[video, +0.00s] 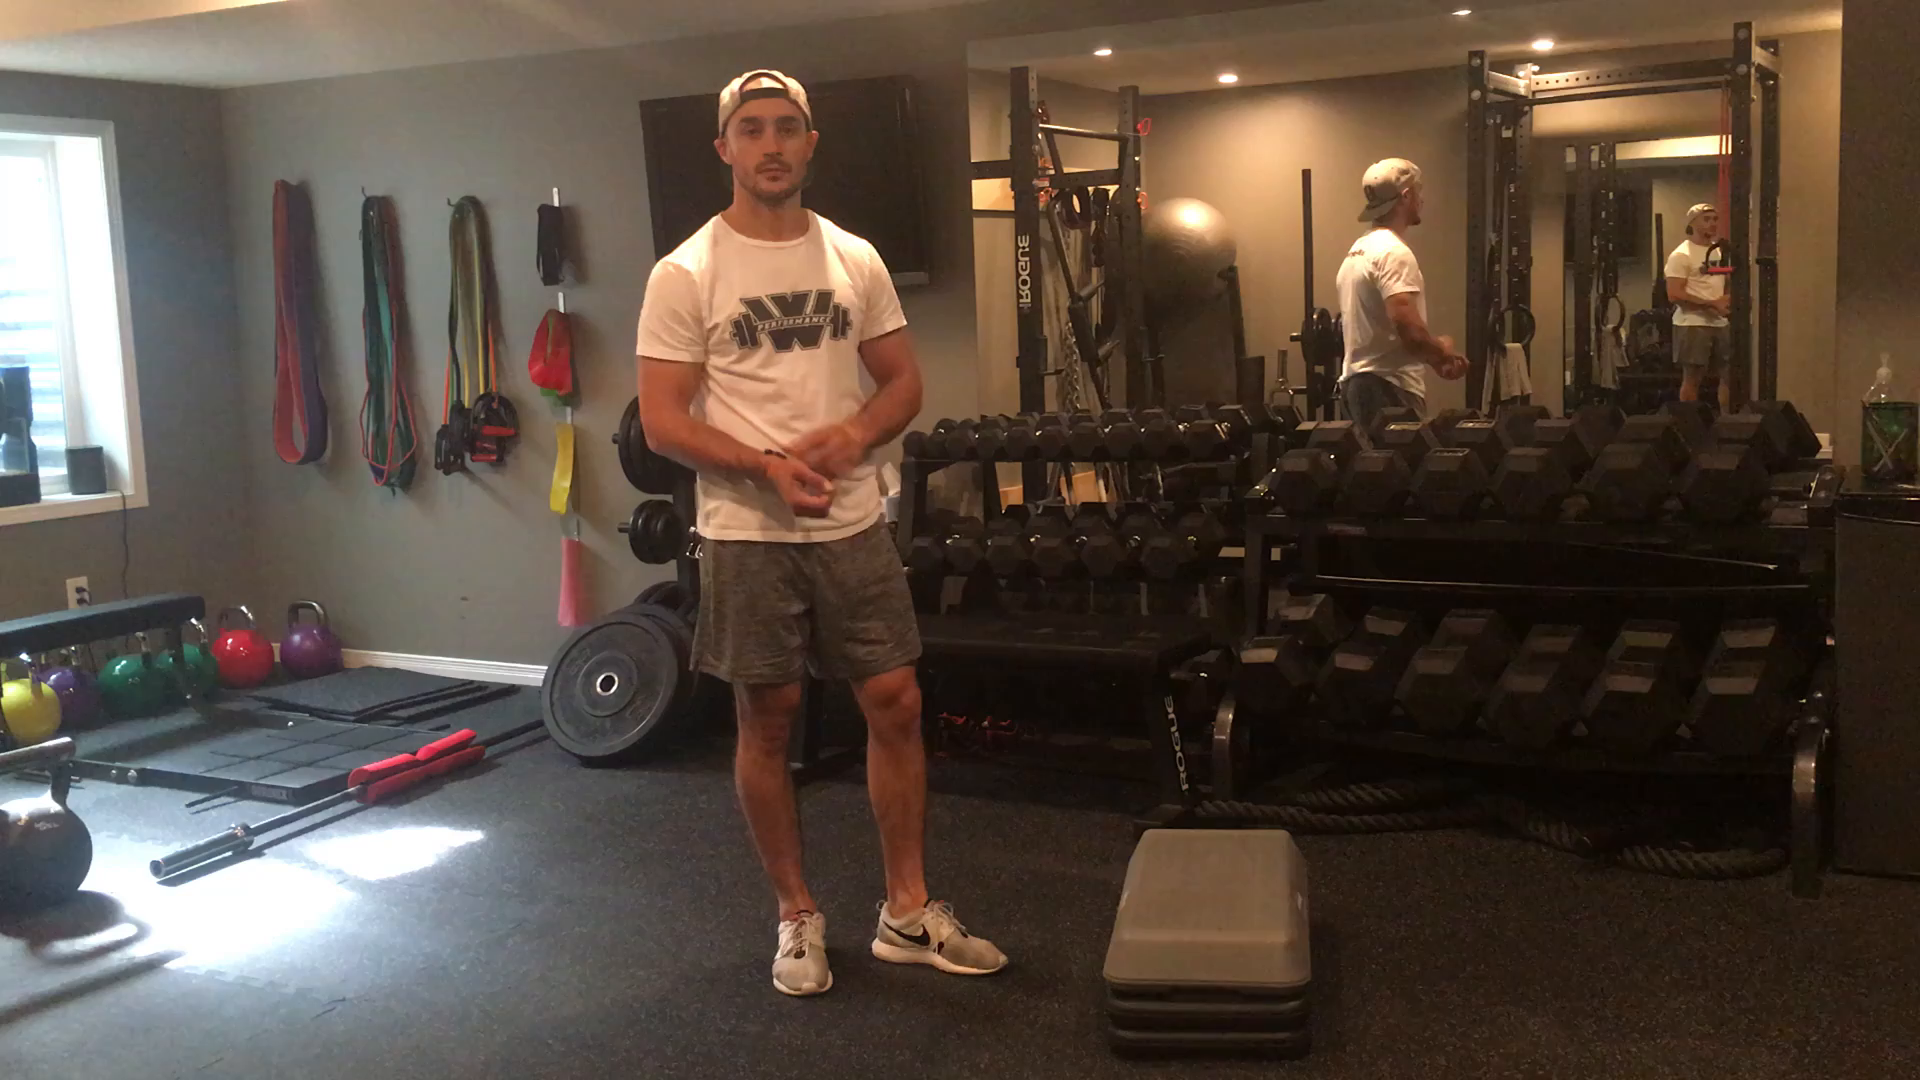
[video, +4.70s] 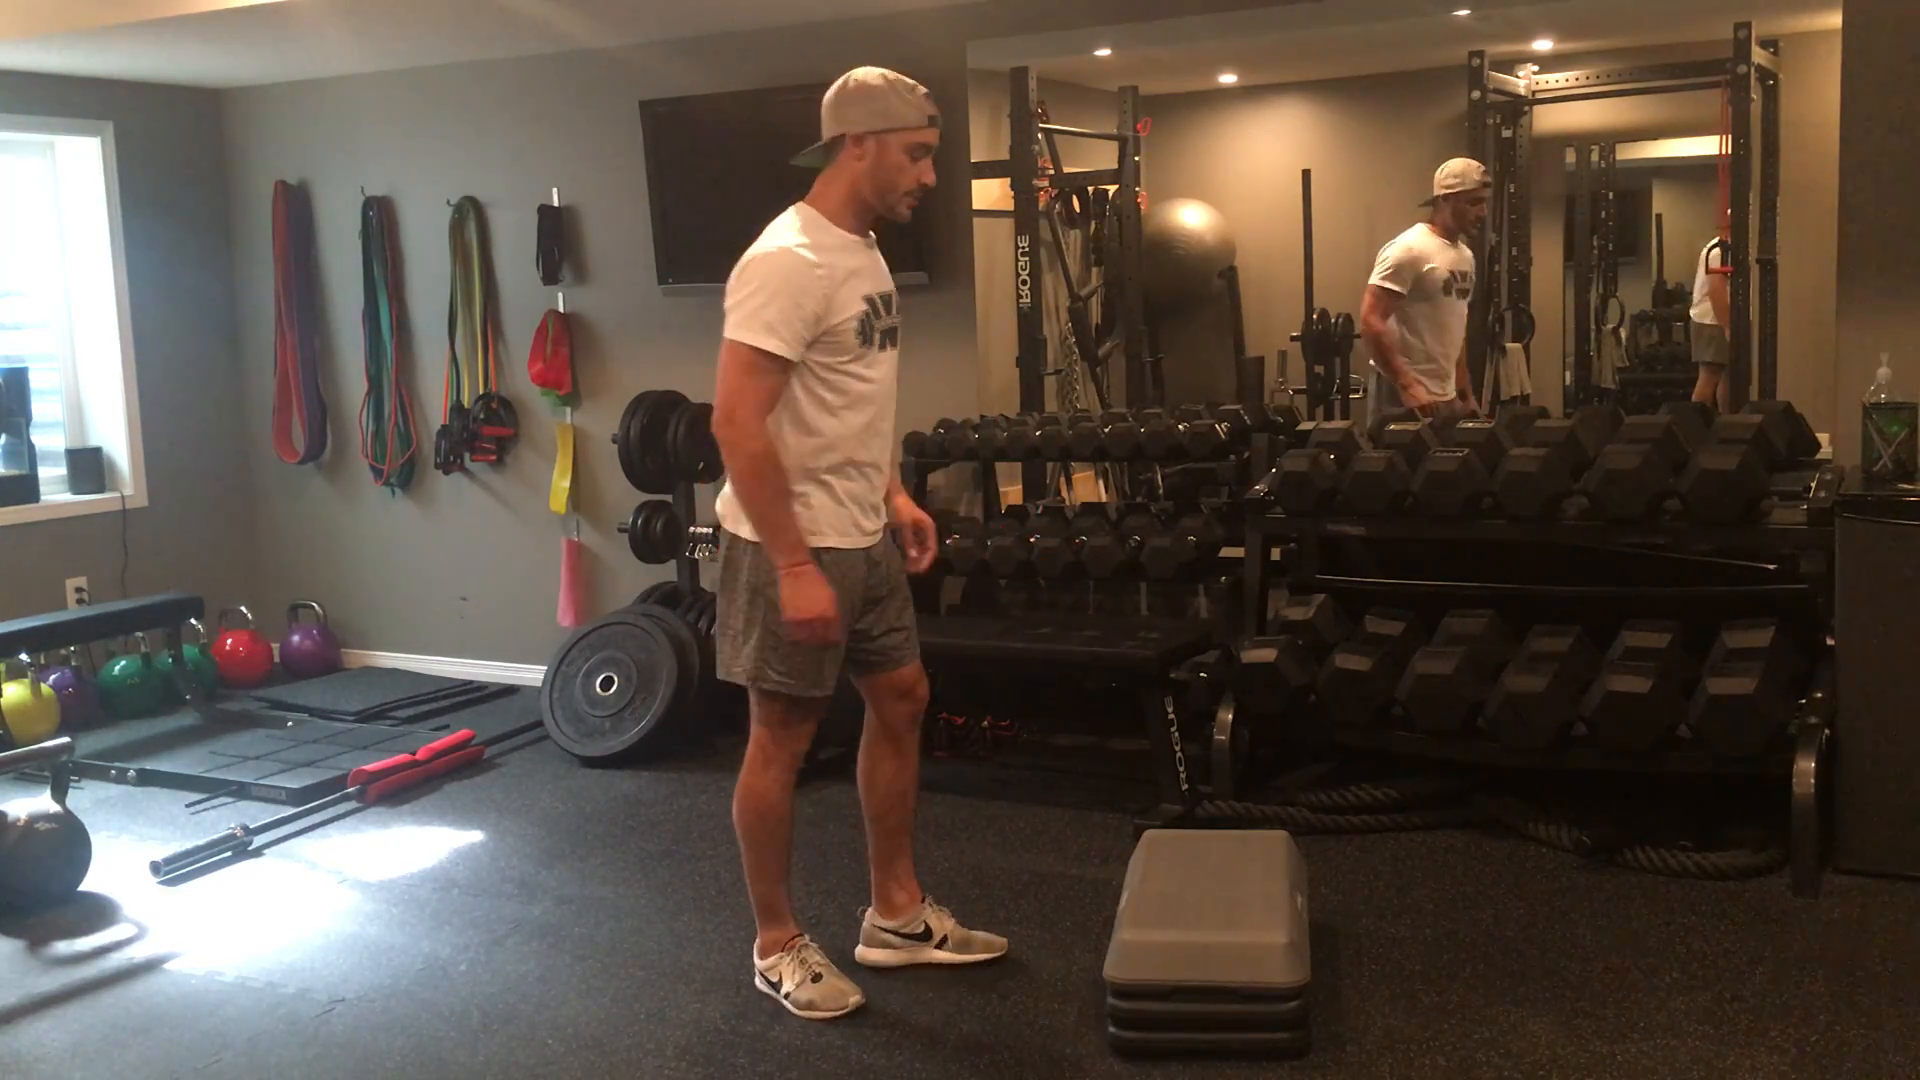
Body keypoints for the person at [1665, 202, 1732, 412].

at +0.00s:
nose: (1713, 224)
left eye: (1715, 219)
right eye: (1707, 219)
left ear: (1718, 223)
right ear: (1693, 223)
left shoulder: (1719, 252)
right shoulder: (1680, 255)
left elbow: (1727, 285)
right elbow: (1674, 294)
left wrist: (1727, 302)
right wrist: (1712, 303)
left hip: (1720, 325)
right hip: (1692, 326)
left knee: (1727, 378)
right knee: (1692, 379)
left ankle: (1727, 423)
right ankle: (1687, 426)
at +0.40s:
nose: (1722, 223)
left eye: (1724, 219)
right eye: (1717, 219)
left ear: (1725, 222)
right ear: (1704, 223)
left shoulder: (1726, 251)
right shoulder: (1690, 253)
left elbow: (1735, 289)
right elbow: (1678, 294)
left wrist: (1740, 323)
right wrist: (1688, 328)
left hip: (1728, 326)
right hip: (1701, 326)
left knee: (1732, 377)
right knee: (1696, 378)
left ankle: (1727, 424)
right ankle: (1688, 423)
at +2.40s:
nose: (1735, 228)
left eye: (1739, 223)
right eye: (1733, 223)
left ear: (1746, 226)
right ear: (1727, 223)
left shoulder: (1746, 253)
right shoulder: (1708, 253)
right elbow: (1698, 292)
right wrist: (1700, 325)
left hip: (1742, 324)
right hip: (1719, 323)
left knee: (1733, 377)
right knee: (1722, 374)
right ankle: (1715, 423)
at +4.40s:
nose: (1737, 228)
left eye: (1738, 223)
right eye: (1734, 223)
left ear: (1724, 223)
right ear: (1725, 223)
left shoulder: (1730, 252)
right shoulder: (1708, 251)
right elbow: (1701, 295)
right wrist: (1712, 330)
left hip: (1728, 324)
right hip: (1713, 325)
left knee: (1726, 382)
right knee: (1712, 381)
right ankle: (1698, 425)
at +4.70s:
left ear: (1726, 224)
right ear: (1735, 226)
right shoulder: (1718, 251)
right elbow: (1717, 292)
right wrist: (1728, 325)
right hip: (1710, 322)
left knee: (1727, 376)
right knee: (1709, 375)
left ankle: (1728, 423)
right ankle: (1697, 423)